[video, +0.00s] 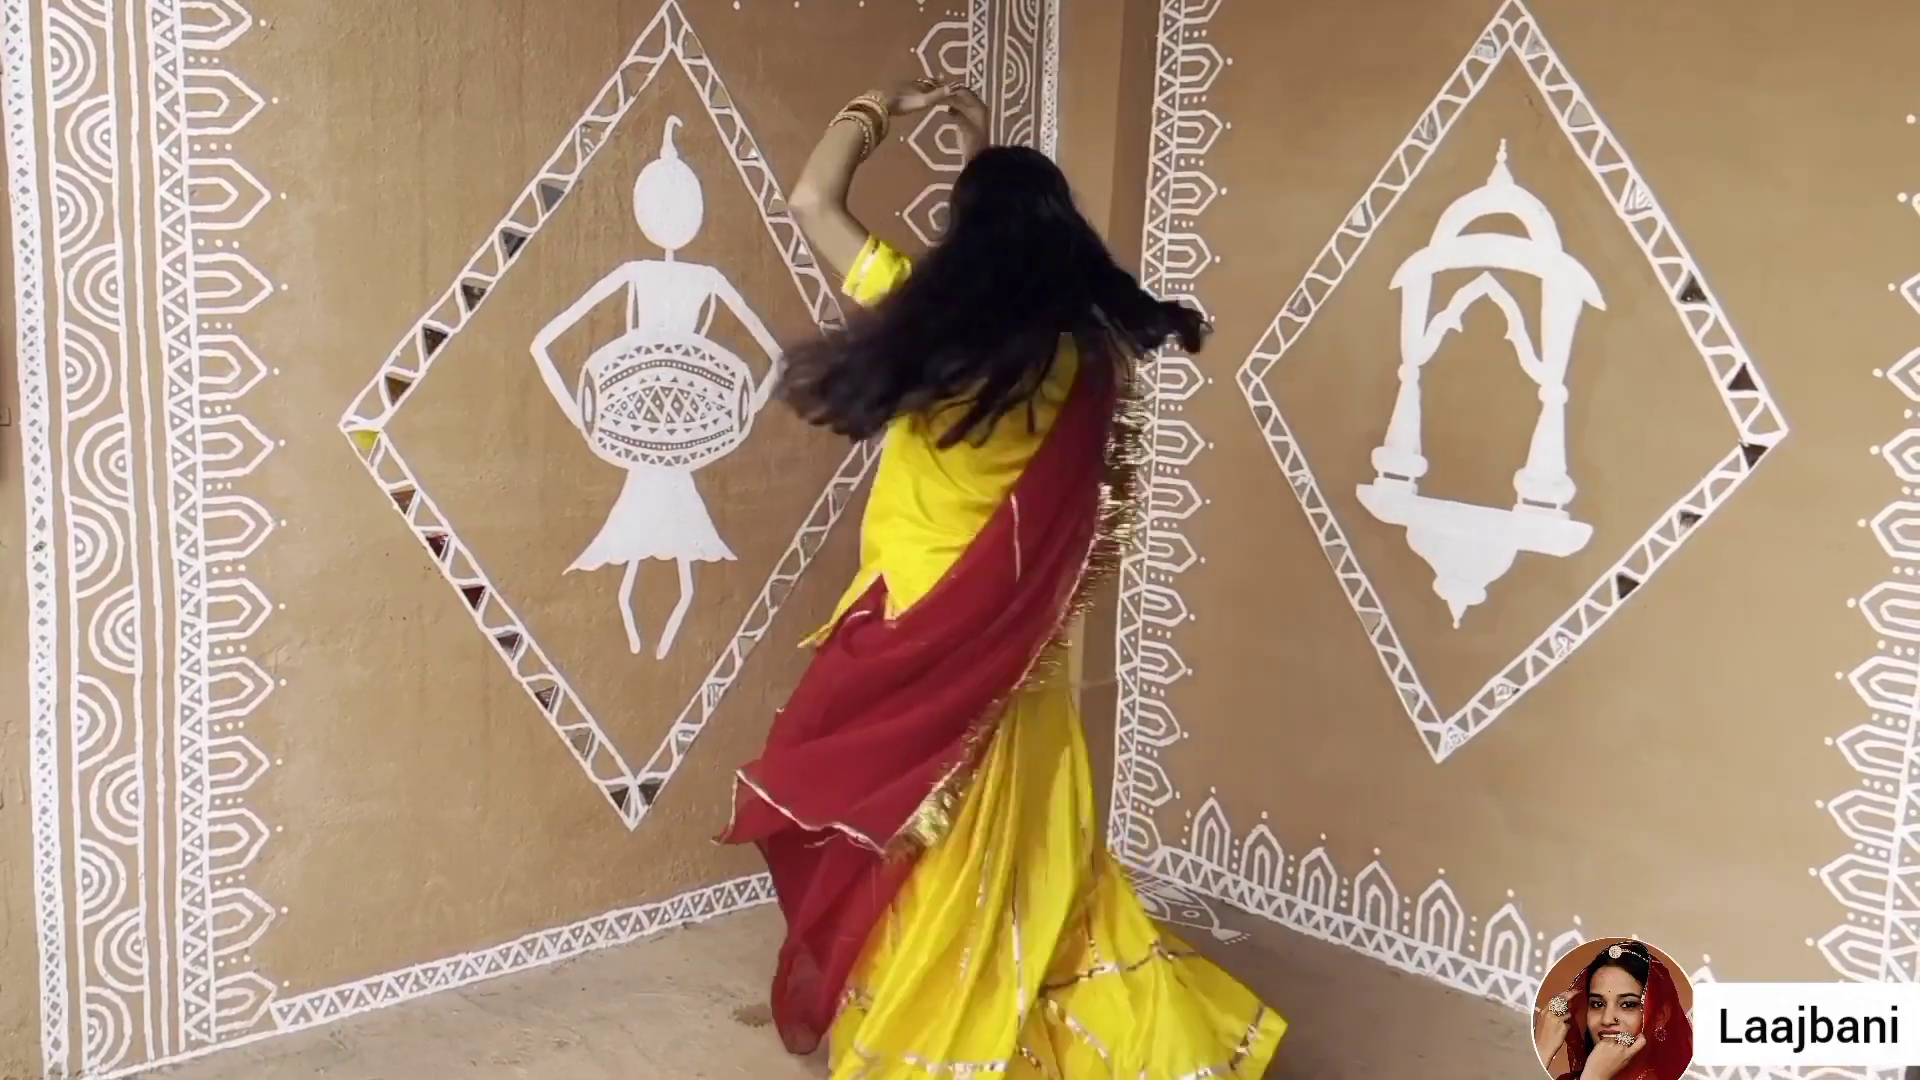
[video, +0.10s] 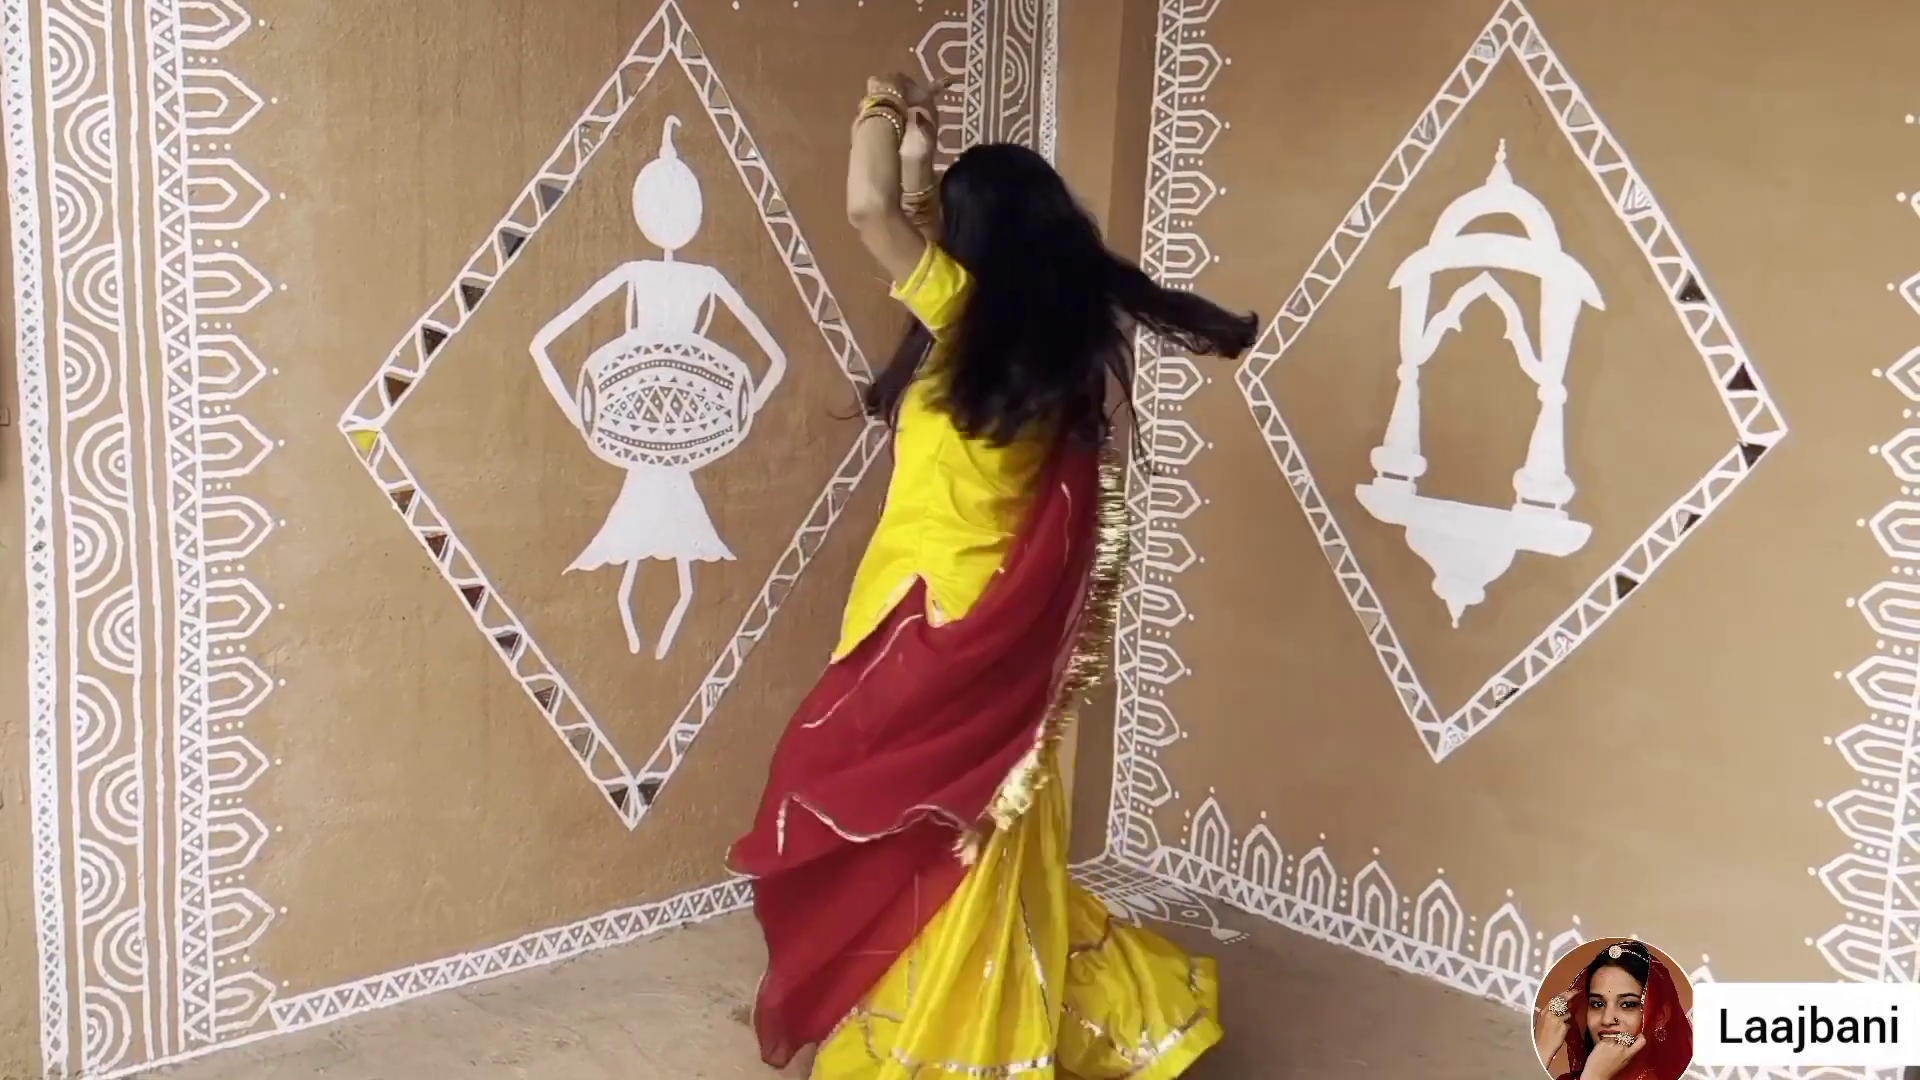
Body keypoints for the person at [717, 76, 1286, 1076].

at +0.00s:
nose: (942, 216)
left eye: (951, 203)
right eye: (953, 199)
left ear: (960, 228)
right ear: (1058, 230)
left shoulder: (921, 309)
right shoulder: (1088, 345)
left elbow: (814, 198)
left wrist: (868, 112)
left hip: (912, 606)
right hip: (1025, 615)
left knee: (921, 823)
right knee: (1039, 826)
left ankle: (908, 1031)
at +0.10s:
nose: (936, 234)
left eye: (946, 219)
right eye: (945, 216)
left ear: (965, 236)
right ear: (1051, 222)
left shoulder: (961, 305)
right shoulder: (1077, 316)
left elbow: (871, 209)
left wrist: (876, 109)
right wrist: (927, 157)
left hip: (931, 588)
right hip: (1022, 597)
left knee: (911, 789)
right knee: (999, 793)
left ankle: (904, 1015)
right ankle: (1002, 1003)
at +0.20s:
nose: (897, 220)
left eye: (907, 203)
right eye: (898, 203)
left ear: (956, 213)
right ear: (928, 215)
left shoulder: (1013, 324)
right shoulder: (915, 304)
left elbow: (997, 202)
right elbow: (810, 258)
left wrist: (943, 90)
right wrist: (844, 158)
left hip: (979, 635)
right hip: (895, 626)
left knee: (910, 861)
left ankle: (949, 1052)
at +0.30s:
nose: (875, 216)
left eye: (895, 198)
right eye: (875, 198)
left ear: (956, 208)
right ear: (903, 209)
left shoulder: (1004, 329)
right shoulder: (883, 308)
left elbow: (1068, 197)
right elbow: (752, 256)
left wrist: (994, 80)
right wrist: (825, 149)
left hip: (980, 640)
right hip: (878, 630)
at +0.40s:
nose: (868, 218)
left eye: (892, 200)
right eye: (867, 198)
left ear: (954, 211)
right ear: (865, 201)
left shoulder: (1005, 312)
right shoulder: (845, 310)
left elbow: (1120, 199)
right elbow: (734, 261)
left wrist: (1039, 84)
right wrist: (837, 148)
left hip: (975, 647)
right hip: (848, 638)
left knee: (979, 886)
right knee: (850, 886)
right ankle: (848, 1057)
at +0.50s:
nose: (879, 235)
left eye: (907, 216)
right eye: (868, 214)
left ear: (949, 231)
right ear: (848, 228)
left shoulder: (989, 308)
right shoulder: (819, 335)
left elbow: (1127, 217)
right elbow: (786, 303)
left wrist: (1081, 114)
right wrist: (882, 185)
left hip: (1007, 644)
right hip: (869, 648)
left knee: (993, 879)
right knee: (833, 872)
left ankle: (994, 1056)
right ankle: (827, 1056)